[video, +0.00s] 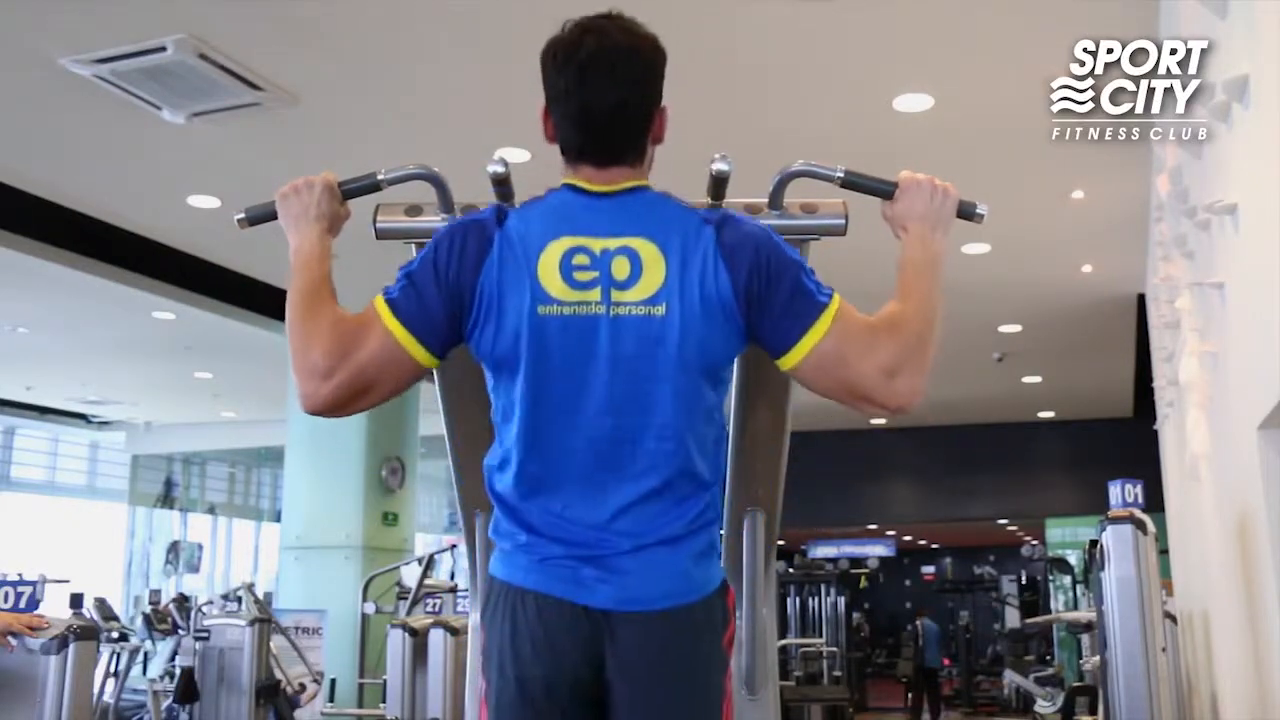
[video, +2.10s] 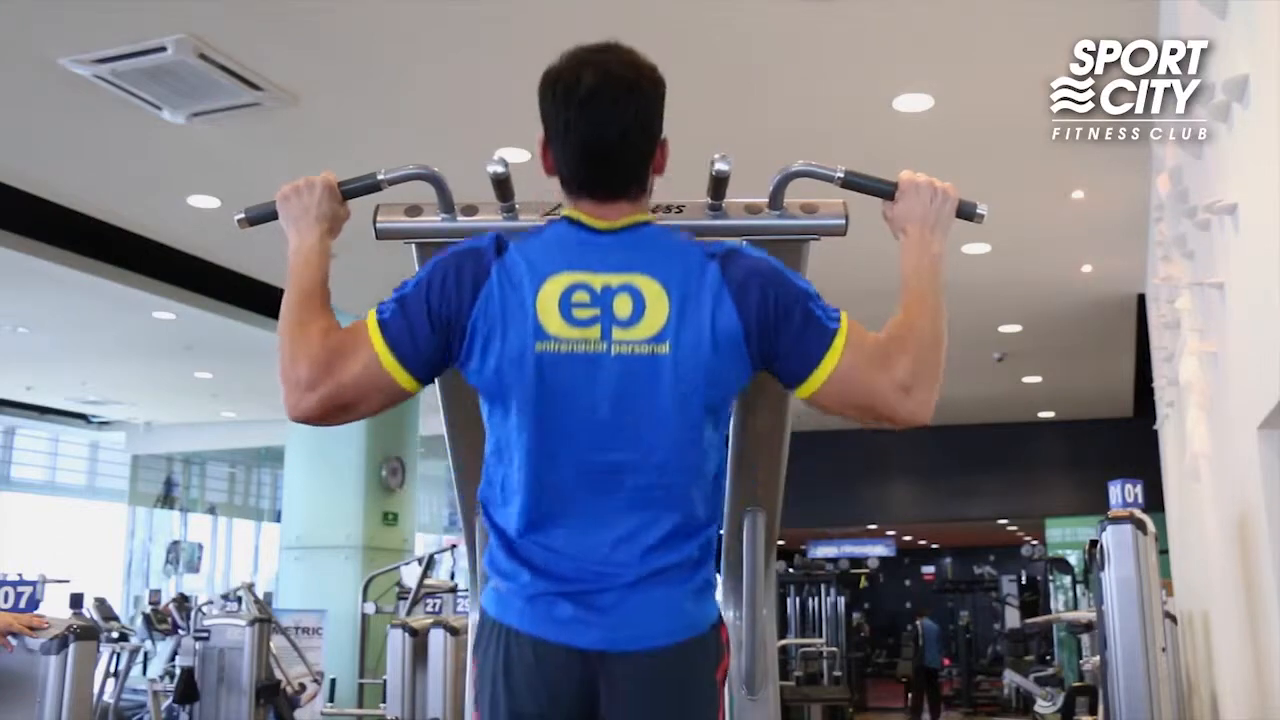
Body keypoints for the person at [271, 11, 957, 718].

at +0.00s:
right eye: (662, 113)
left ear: (547, 125)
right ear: (659, 127)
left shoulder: (484, 248)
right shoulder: (729, 250)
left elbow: (327, 381)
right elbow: (891, 378)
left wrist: (308, 241)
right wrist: (925, 241)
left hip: (529, 606)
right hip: (673, 610)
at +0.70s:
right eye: (662, 207)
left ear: (540, 222)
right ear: (661, 228)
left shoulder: (472, 337)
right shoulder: (730, 350)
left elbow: (290, 393)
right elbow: (917, 394)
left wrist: (306, 241)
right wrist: (926, 238)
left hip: (522, 700)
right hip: (681, 700)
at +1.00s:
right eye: (658, 311)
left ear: (535, 332)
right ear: (658, 339)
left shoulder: (467, 428)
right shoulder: (725, 449)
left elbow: (293, 399)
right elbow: (903, 405)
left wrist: (308, 243)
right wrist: (924, 242)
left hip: (516, 711)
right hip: (678, 713)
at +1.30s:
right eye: (657, 411)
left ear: (535, 436)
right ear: (660, 442)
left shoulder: (476, 520)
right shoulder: (723, 544)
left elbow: (324, 404)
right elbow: (867, 404)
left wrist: (311, 243)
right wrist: (919, 244)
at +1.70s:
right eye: (657, 325)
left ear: (536, 347)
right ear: (657, 350)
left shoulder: (470, 449)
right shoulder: (725, 457)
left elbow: (303, 402)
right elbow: (903, 409)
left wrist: (309, 244)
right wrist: (921, 246)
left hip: (518, 709)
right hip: (679, 709)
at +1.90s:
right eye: (656, 224)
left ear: (537, 244)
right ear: (657, 248)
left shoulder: (473, 362)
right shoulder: (730, 368)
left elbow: (291, 397)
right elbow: (918, 400)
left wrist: (305, 244)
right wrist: (924, 244)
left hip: (516, 700)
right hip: (667, 700)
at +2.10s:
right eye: (660, 142)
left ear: (546, 160)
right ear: (662, 159)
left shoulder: (484, 275)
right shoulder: (733, 283)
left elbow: (312, 391)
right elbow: (906, 393)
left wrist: (307, 241)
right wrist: (923, 242)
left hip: (522, 646)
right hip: (669, 648)